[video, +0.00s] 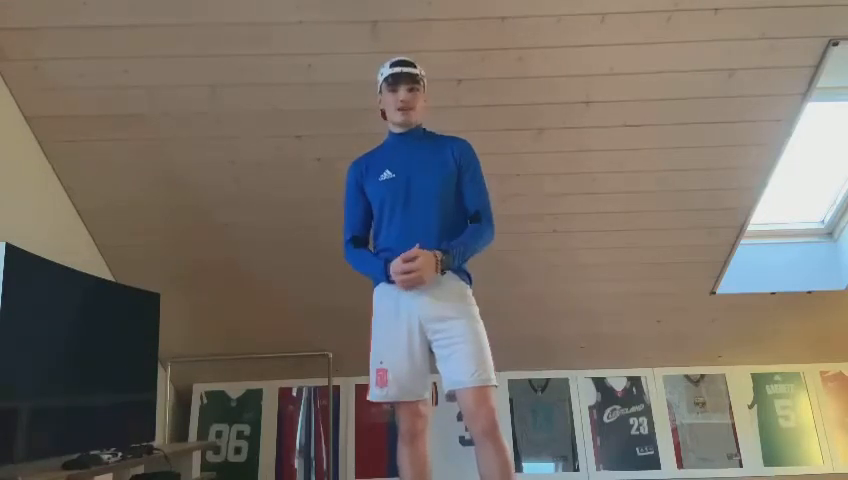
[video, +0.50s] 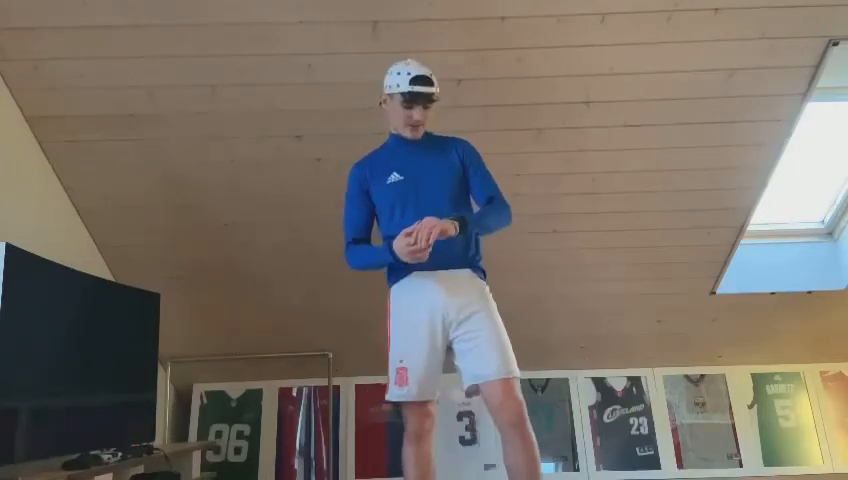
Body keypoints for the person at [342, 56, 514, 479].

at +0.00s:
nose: (404, 97)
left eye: (412, 89)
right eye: (394, 90)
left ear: (425, 98)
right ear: (381, 103)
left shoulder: (457, 150)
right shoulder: (363, 168)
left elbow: (484, 226)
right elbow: (353, 246)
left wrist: (442, 259)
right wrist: (388, 269)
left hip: (450, 294)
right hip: (393, 300)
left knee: (483, 417)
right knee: (411, 421)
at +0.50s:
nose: (417, 114)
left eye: (425, 104)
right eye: (408, 104)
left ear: (433, 104)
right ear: (386, 102)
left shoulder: (459, 151)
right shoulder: (367, 171)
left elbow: (500, 212)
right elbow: (355, 252)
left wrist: (455, 225)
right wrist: (393, 251)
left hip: (469, 289)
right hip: (412, 295)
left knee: (510, 407)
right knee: (419, 420)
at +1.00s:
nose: (475, 106)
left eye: (485, 97)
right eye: (467, 94)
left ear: (495, 96)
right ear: (448, 87)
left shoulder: (511, 143)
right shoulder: (416, 150)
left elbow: (557, 196)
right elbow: (390, 228)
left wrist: (497, 195)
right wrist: (444, 199)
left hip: (502, 289)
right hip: (444, 293)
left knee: (521, 410)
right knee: (441, 420)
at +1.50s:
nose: (514, 103)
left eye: (524, 93)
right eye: (506, 91)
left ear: (534, 90)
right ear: (488, 82)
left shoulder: (551, 140)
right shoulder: (454, 144)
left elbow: (594, 191)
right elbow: (430, 223)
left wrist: (526, 173)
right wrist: (471, 187)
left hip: (533, 288)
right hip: (475, 290)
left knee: (537, 415)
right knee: (469, 413)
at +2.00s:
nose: (521, 106)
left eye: (531, 97)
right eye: (513, 95)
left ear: (543, 92)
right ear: (497, 85)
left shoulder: (561, 139)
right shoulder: (464, 143)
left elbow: (602, 191)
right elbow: (440, 223)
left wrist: (530, 171)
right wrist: (473, 189)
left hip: (539, 288)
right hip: (482, 290)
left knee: (541, 416)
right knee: (467, 415)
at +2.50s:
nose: (522, 103)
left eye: (532, 93)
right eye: (514, 91)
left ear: (544, 91)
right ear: (500, 85)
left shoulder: (564, 140)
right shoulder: (468, 144)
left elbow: (602, 190)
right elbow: (442, 225)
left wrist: (529, 179)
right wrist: (468, 193)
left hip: (540, 289)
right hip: (483, 290)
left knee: (541, 417)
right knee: (469, 417)